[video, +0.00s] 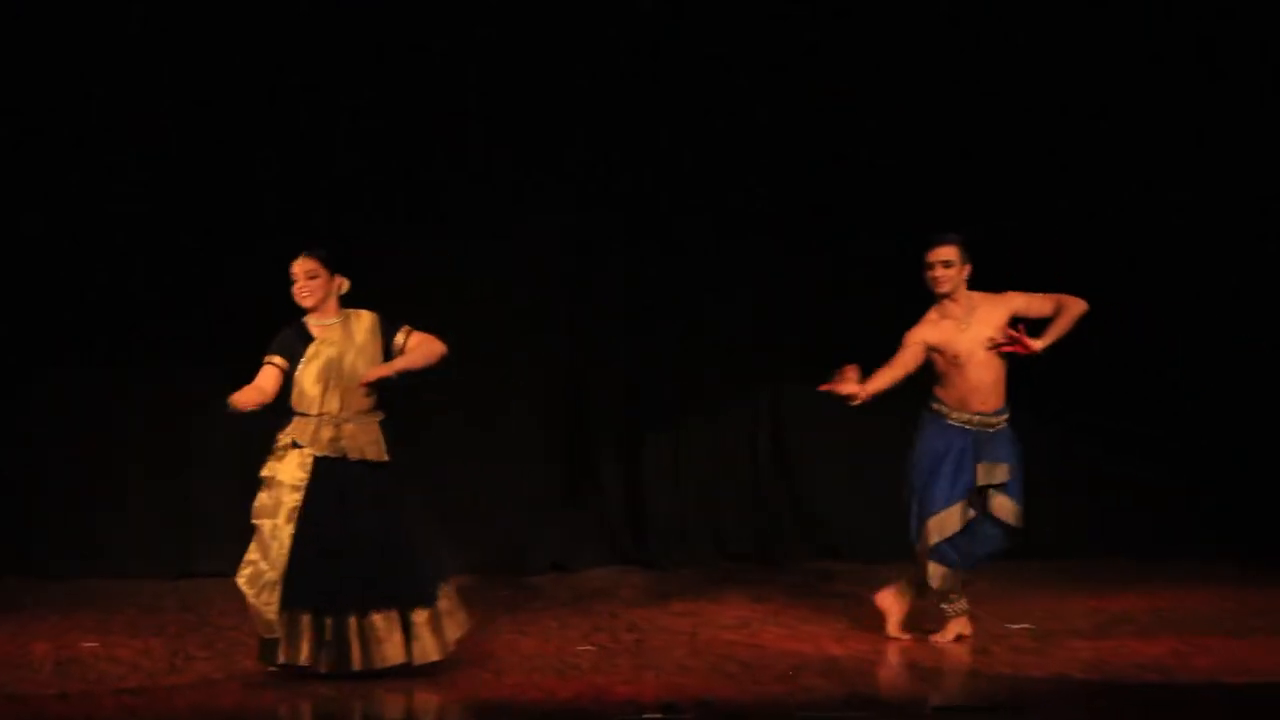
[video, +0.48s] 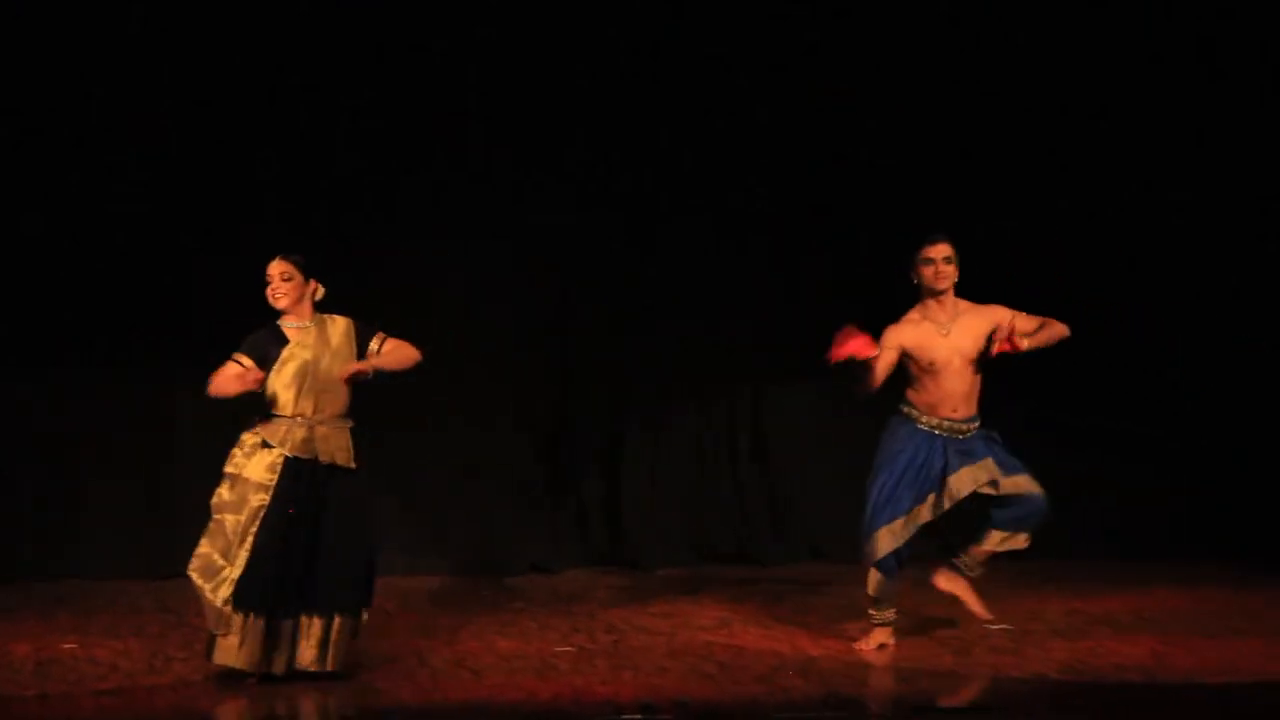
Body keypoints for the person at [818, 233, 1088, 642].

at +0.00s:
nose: (937, 273)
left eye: (946, 265)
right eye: (930, 267)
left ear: (966, 270)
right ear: (924, 274)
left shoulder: (1002, 305)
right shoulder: (926, 332)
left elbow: (1074, 305)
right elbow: (897, 369)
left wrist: (1042, 342)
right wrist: (863, 390)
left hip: (993, 429)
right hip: (946, 427)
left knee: (999, 520)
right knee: (939, 518)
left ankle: (903, 590)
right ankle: (957, 615)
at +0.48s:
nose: (940, 270)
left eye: (946, 262)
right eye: (930, 263)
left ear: (957, 269)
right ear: (916, 272)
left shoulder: (985, 317)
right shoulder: (901, 331)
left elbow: (1059, 329)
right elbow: (871, 385)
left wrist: (1025, 341)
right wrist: (864, 360)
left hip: (968, 436)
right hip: (916, 433)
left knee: (1028, 501)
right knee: (886, 522)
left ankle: (959, 572)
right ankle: (882, 625)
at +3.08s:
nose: (917, 273)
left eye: (927, 265)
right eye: (918, 265)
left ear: (956, 269)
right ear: (930, 273)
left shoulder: (993, 307)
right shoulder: (912, 329)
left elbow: (1011, 229)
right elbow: (839, 344)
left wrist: (964, 183)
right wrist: (790, 301)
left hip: (995, 445)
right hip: (936, 447)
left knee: (1017, 549)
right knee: (904, 532)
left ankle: (988, 646)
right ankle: (939, 612)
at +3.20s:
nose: (912, 277)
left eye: (922, 269)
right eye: (911, 270)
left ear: (951, 274)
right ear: (916, 278)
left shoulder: (989, 309)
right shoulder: (907, 334)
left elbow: (1030, 244)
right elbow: (834, 358)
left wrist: (975, 224)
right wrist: (821, 301)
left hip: (992, 447)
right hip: (934, 448)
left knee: (1016, 553)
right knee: (901, 526)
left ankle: (988, 646)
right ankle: (937, 618)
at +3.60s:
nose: (901, 295)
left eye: (910, 287)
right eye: (897, 288)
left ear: (934, 288)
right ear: (894, 292)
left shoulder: (972, 329)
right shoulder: (890, 345)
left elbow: (1052, 333)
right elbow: (809, 374)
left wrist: (1028, 377)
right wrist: (856, 353)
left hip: (979, 457)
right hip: (919, 460)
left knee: (1035, 545)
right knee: (891, 552)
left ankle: (981, 627)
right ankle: (922, 653)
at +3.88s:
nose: (921, 295)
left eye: (930, 287)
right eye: (913, 287)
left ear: (947, 290)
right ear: (905, 292)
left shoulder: (978, 335)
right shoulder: (894, 344)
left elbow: (1056, 353)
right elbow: (817, 365)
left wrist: (1036, 409)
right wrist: (872, 356)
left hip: (979, 462)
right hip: (920, 462)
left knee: (1009, 560)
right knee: (880, 539)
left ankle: (964, 650)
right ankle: (919, 622)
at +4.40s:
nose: (942, 295)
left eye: (949, 287)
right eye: (931, 287)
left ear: (957, 292)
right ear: (915, 292)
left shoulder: (981, 343)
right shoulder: (900, 343)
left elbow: (1048, 377)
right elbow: (828, 362)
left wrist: (1020, 432)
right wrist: (889, 363)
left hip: (976, 469)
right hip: (917, 469)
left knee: (1025, 555)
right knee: (883, 555)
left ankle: (966, 652)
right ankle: (917, 654)